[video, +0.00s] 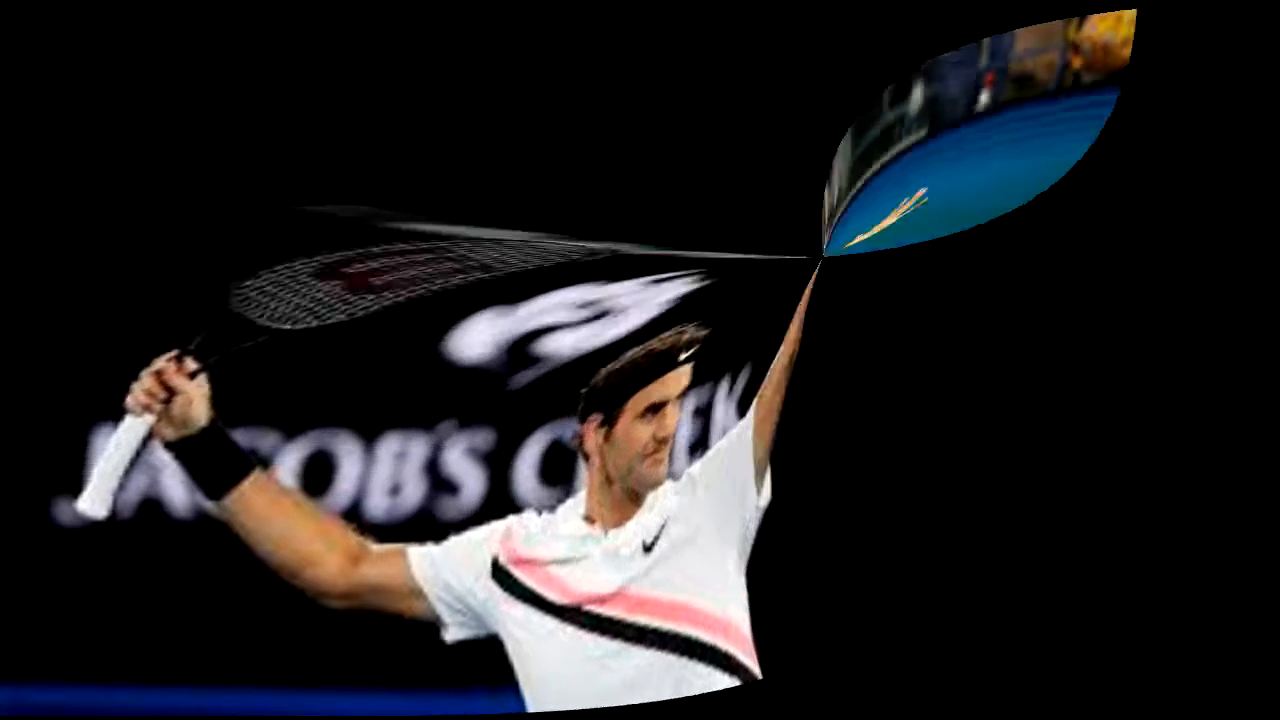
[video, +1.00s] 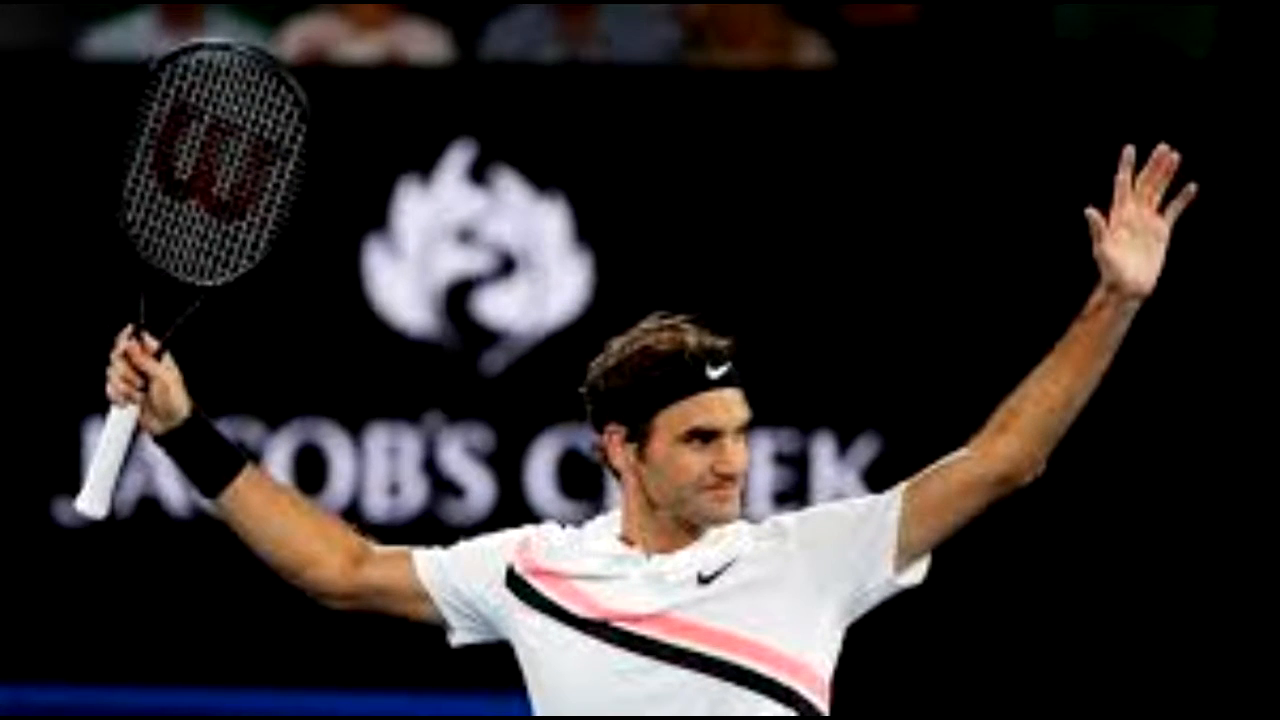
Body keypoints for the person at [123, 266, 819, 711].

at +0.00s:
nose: (672, 432)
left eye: (682, 410)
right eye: (652, 414)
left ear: (693, 418)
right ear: (592, 435)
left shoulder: (715, 503)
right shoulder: (504, 556)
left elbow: (791, 371)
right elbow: (342, 568)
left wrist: (853, 236)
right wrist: (198, 441)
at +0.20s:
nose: (722, 460)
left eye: (730, 433)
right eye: (693, 439)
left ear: (744, 435)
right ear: (619, 450)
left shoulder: (809, 545)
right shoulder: (529, 569)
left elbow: (936, 428)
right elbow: (343, 567)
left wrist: (1005, 236)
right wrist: (183, 432)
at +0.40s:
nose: (733, 465)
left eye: (741, 439)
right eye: (702, 443)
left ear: (748, 444)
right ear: (622, 455)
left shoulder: (813, 555)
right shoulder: (530, 570)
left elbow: (1005, 456)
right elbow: (338, 568)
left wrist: (1089, 284)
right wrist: (186, 431)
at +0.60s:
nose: (730, 463)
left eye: (738, 437)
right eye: (700, 441)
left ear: (750, 442)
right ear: (620, 454)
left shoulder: (815, 553)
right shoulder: (529, 572)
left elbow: (1004, 456)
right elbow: (337, 570)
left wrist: (1117, 301)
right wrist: (184, 431)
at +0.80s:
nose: (732, 464)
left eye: (739, 437)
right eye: (701, 441)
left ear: (750, 441)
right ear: (620, 455)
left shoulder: (815, 552)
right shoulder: (528, 573)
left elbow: (1004, 456)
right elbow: (335, 568)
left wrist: (1116, 300)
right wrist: (184, 430)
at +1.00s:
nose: (732, 464)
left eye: (739, 437)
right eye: (701, 441)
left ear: (750, 441)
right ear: (620, 455)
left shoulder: (815, 552)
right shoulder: (528, 573)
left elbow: (1005, 456)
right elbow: (335, 568)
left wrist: (1116, 300)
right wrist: (184, 430)